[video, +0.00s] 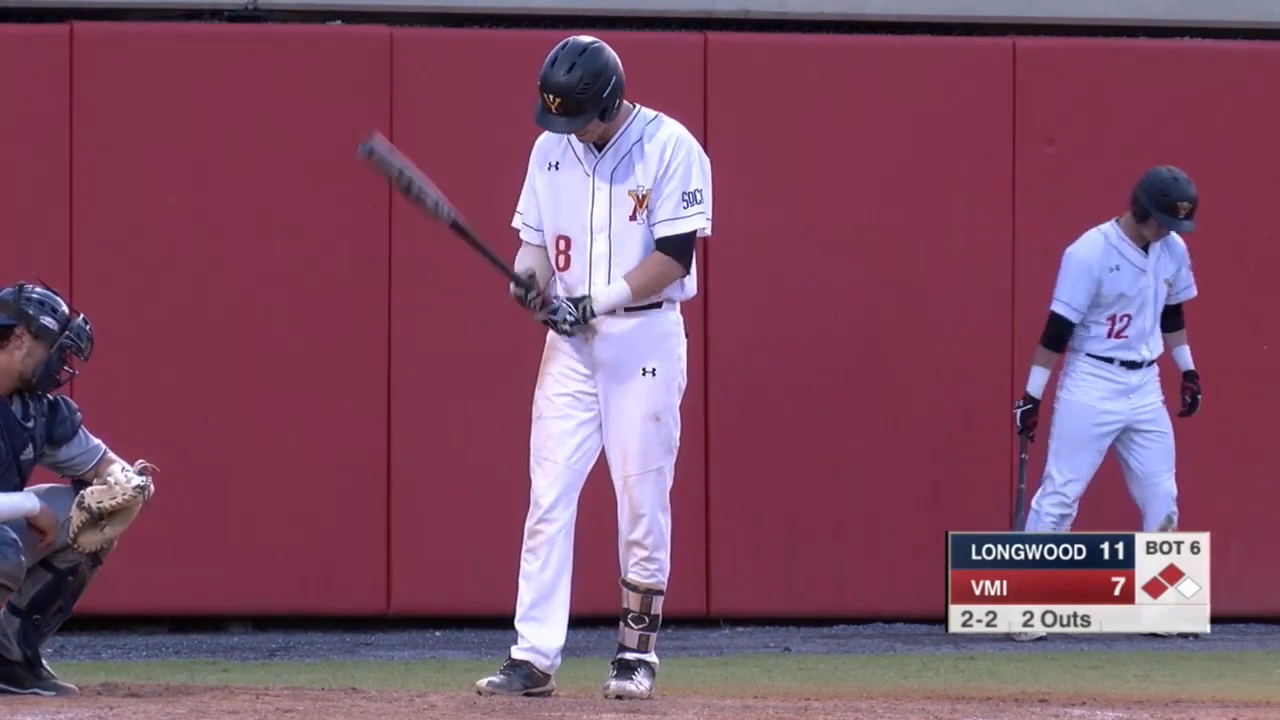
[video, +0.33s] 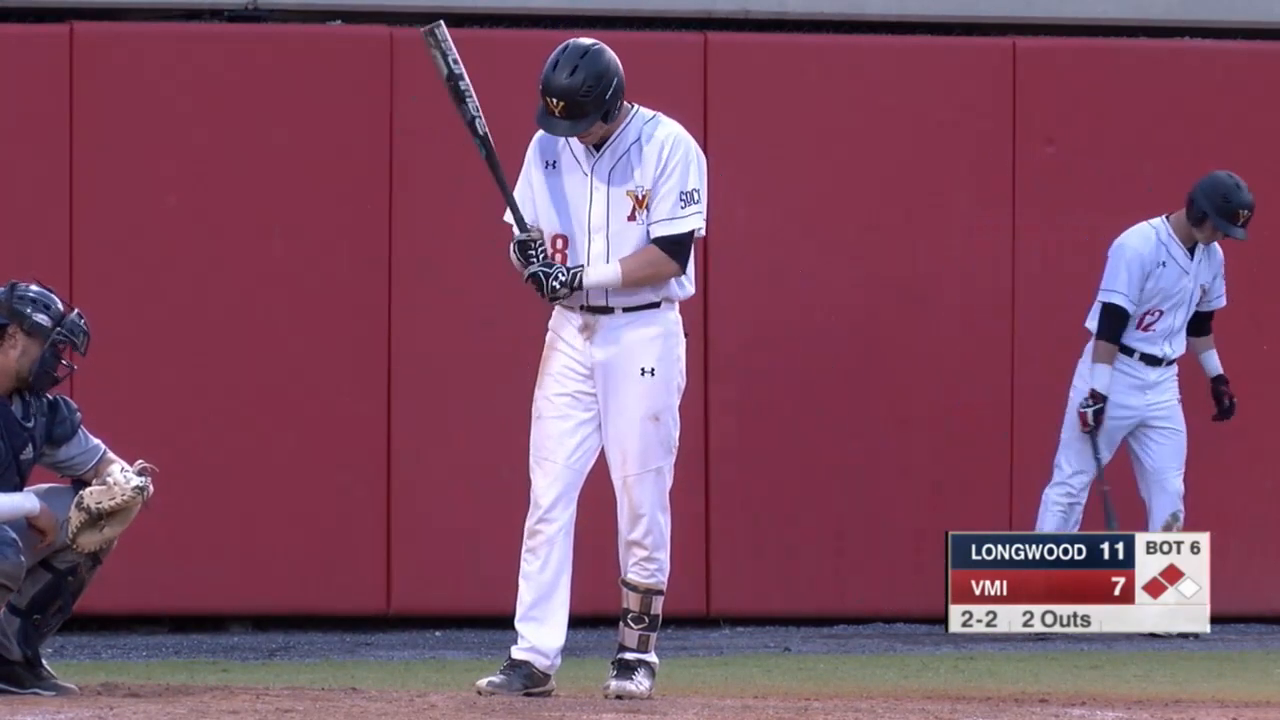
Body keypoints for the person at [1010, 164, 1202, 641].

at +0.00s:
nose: (1169, 231)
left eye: (1173, 224)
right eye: (1165, 222)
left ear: (1174, 219)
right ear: (1142, 210)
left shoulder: (1172, 247)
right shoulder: (1089, 252)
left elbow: (1172, 316)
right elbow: (1057, 330)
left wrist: (1189, 373)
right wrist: (1031, 398)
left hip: (1146, 387)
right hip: (1091, 385)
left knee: (1161, 498)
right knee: (1060, 497)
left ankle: (1160, 606)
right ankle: (1016, 598)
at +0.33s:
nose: (1220, 238)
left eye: (1226, 232)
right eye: (1219, 229)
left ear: (1225, 224)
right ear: (1198, 213)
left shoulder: (1210, 256)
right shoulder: (1137, 245)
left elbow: (1199, 326)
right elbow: (1111, 322)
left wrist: (1217, 378)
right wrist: (1098, 392)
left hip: (1162, 382)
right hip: (1111, 373)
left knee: (1168, 499)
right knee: (1070, 487)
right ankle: (1040, 585)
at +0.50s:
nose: (1221, 230)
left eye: (1226, 225)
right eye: (1219, 221)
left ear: (1226, 219)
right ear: (1195, 204)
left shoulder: (1206, 252)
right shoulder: (1137, 242)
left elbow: (1198, 316)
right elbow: (1125, 323)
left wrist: (1239, 335)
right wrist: (1134, 392)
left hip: (1162, 377)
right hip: (1109, 371)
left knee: (1168, 495)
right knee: (1073, 489)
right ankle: (1034, 580)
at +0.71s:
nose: (1187, 208)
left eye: (1197, 203)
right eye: (1183, 196)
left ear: (1202, 208)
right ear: (1163, 188)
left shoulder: (1186, 246)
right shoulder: (1120, 239)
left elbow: (1222, 301)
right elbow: (1124, 323)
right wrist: (1158, 381)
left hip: (1155, 378)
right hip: (1105, 372)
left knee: (1165, 505)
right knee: (1071, 496)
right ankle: (1029, 587)